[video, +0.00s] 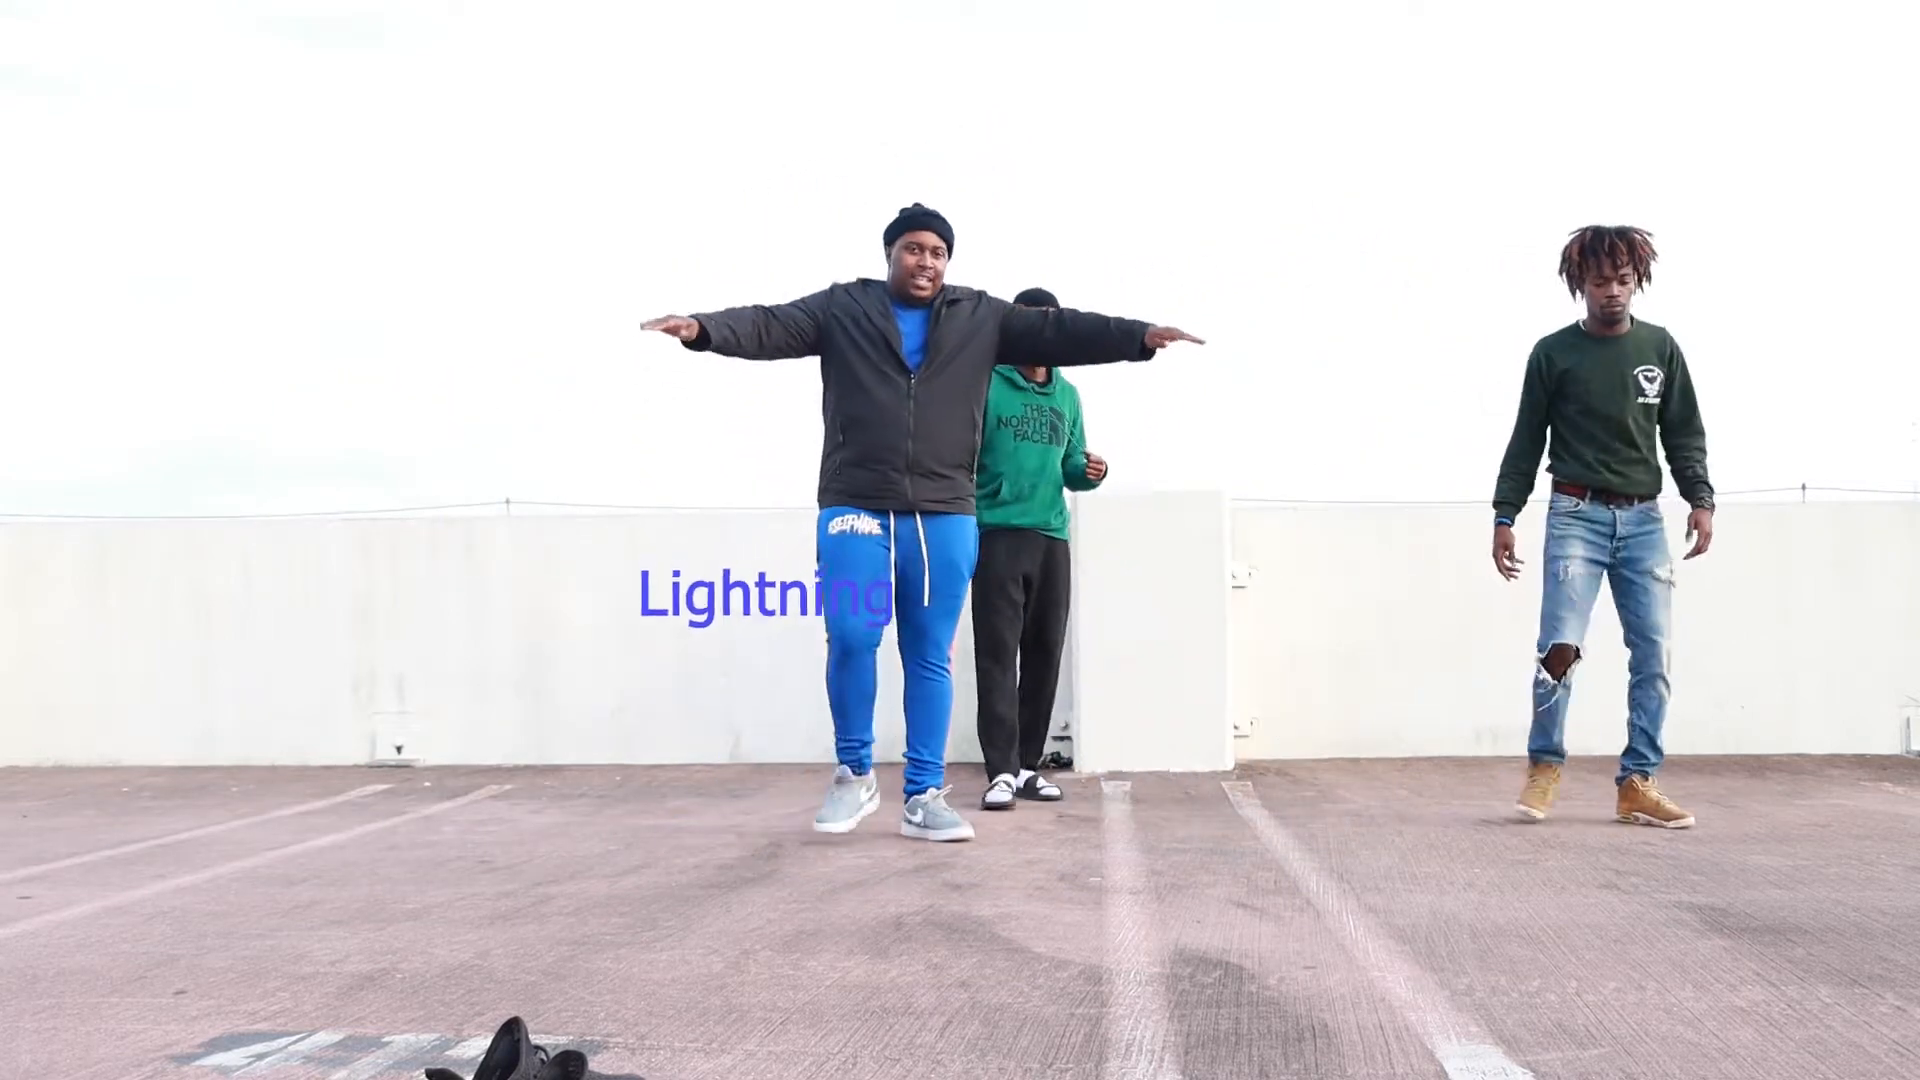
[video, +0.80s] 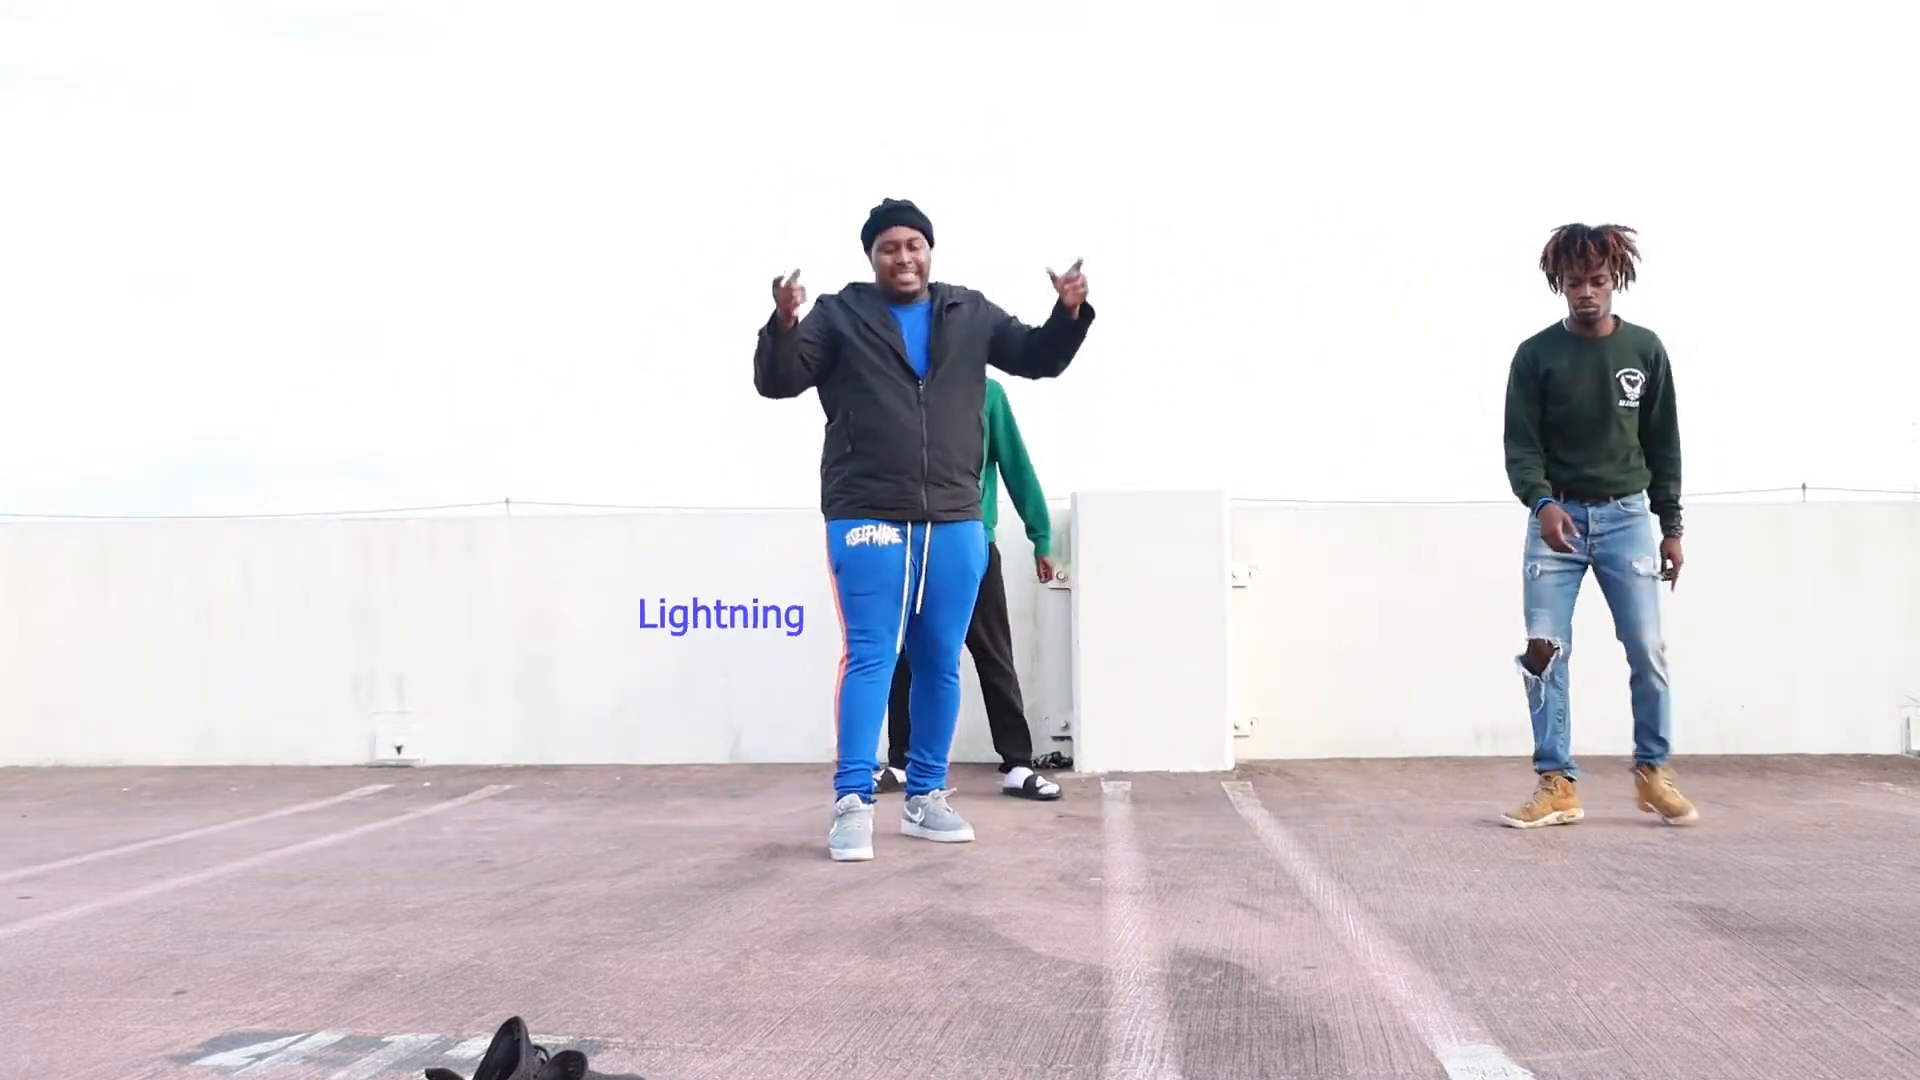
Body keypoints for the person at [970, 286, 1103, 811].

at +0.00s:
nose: (1044, 342)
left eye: (1051, 334)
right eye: (1036, 333)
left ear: (1057, 338)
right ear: (1016, 334)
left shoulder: (1067, 394)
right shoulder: (986, 384)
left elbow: (1070, 471)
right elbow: (963, 457)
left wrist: (1090, 472)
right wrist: (964, 523)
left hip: (1051, 537)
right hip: (997, 534)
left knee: (1044, 655)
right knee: (998, 654)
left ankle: (1029, 766)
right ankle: (1000, 771)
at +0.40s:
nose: (1024, 344)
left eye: (1032, 335)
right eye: (1015, 336)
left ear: (1042, 342)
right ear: (1000, 342)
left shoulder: (1056, 403)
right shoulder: (971, 382)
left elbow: (1064, 476)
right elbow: (943, 447)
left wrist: (1076, 541)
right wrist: (940, 518)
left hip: (1024, 538)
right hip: (968, 531)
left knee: (1021, 655)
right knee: (953, 651)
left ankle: (1019, 767)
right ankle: (948, 764)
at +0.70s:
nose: (966, 345)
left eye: (974, 337)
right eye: (959, 336)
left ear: (983, 342)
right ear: (940, 338)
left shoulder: (1009, 396)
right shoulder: (916, 387)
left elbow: (1036, 474)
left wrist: (1052, 547)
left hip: (988, 539)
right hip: (920, 536)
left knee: (1004, 659)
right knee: (907, 658)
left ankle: (1018, 766)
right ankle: (903, 765)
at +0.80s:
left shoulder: (984, 390)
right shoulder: (885, 387)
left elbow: (1018, 468)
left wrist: (1041, 540)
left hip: (971, 537)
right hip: (898, 536)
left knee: (993, 657)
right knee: (898, 658)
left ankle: (1018, 766)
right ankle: (901, 763)